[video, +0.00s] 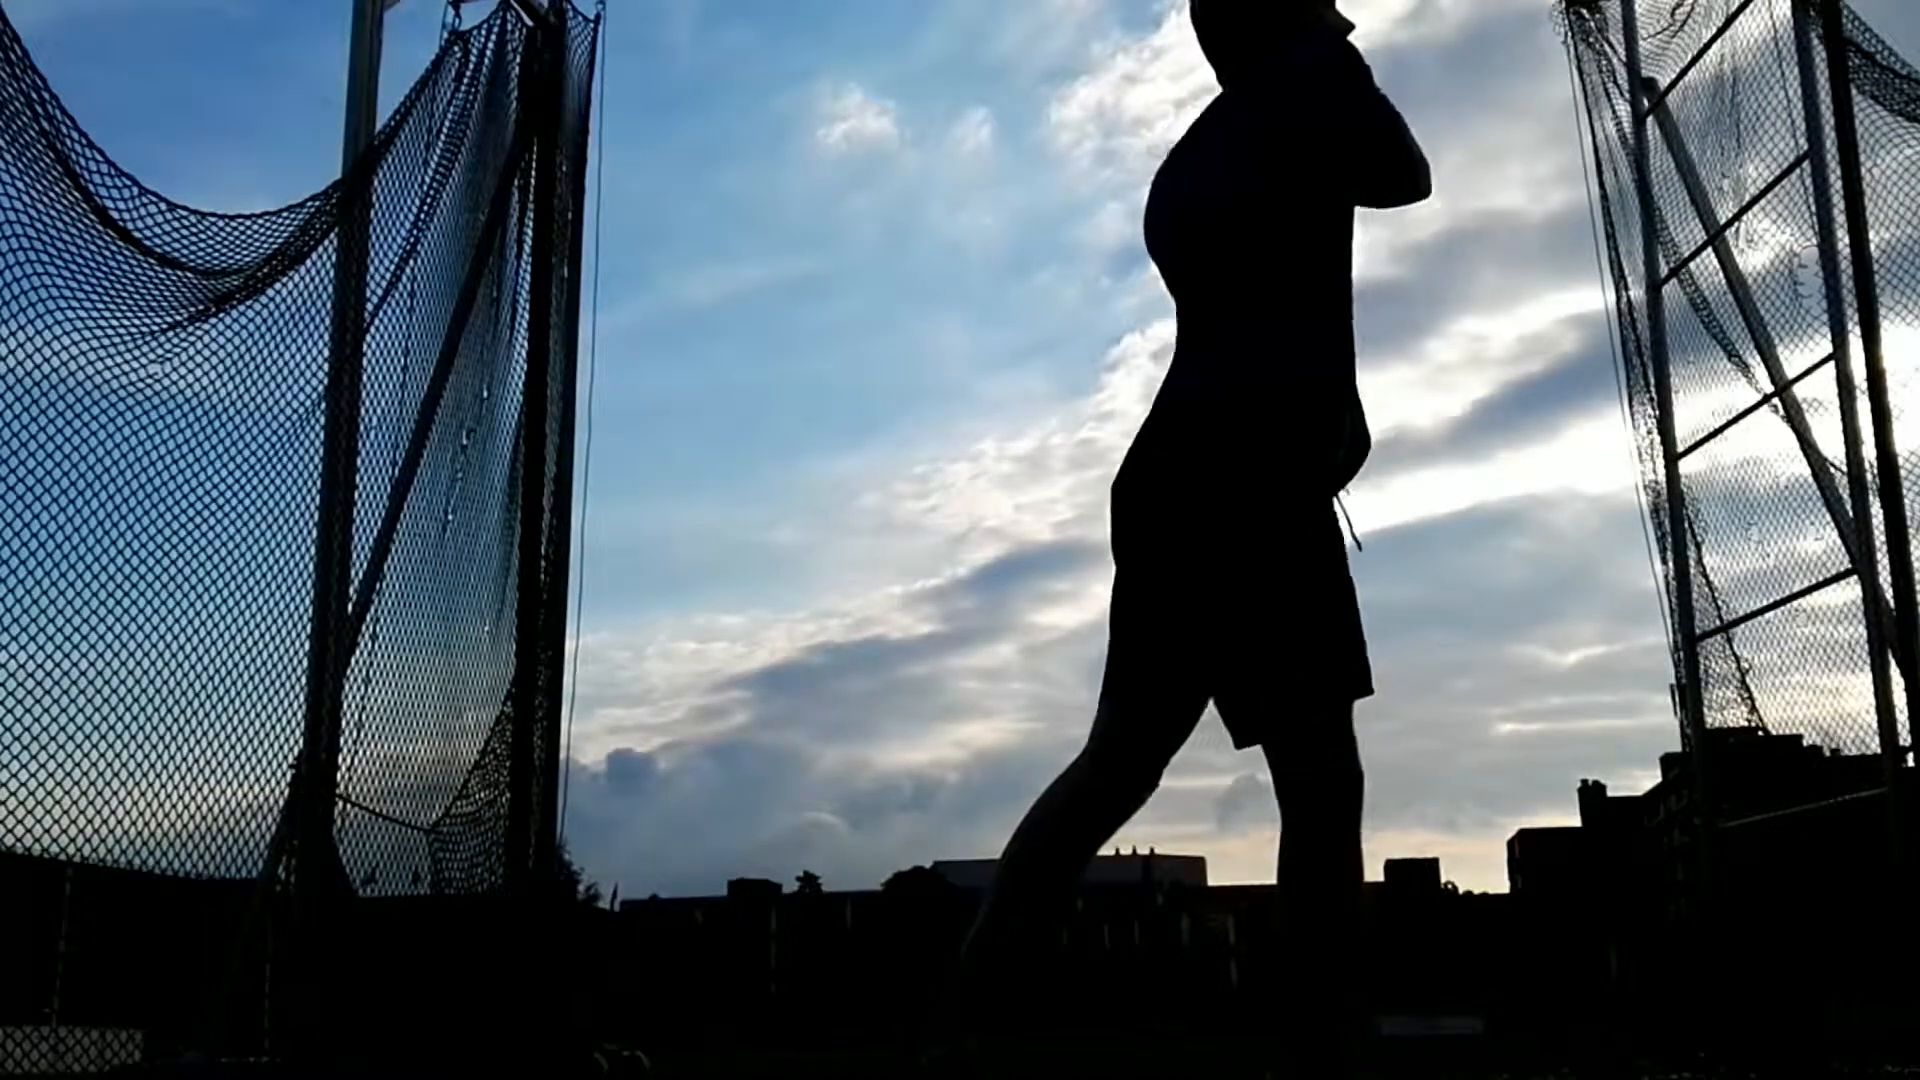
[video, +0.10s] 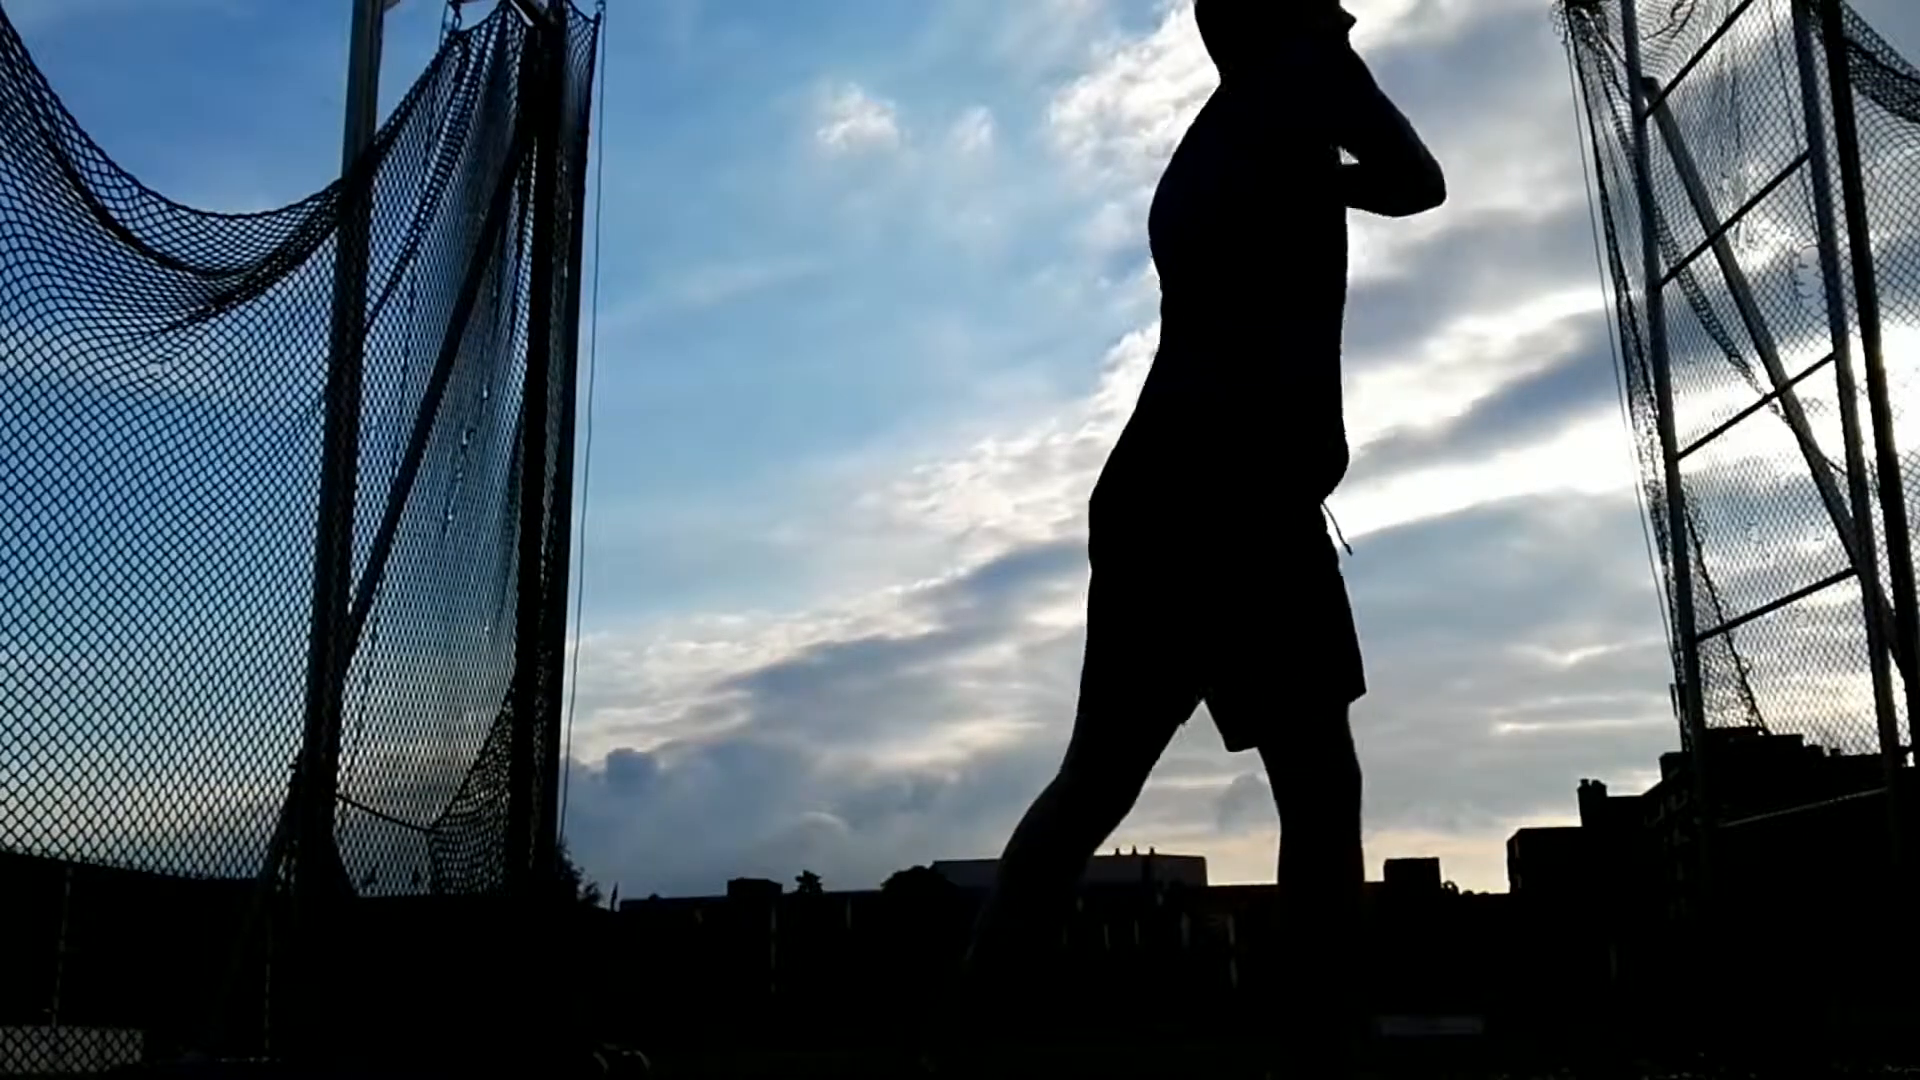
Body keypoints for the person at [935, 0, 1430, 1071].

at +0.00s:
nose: (1324, 39)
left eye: (1305, 25)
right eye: (1307, 23)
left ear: (1219, 36)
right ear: (1283, 33)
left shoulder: (1185, 164)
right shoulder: (1292, 122)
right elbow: (1399, 174)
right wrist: (1331, 53)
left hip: (1178, 487)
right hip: (1261, 491)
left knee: (1121, 760)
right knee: (1321, 781)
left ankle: (979, 989)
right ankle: (1321, 1028)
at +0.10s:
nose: (1326, 51)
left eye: (1319, 34)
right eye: (1313, 34)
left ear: (1225, 39)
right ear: (1280, 42)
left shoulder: (1230, 157)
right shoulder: (1269, 150)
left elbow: (1409, 185)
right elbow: (1417, 177)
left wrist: (1341, 69)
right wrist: (1333, 56)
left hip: (1159, 502)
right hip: (1243, 507)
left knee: (1096, 784)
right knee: (1320, 795)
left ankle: (980, 1016)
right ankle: (1318, 1045)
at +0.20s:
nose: (1341, 46)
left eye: (1335, 31)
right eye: (1328, 31)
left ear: (1236, 38)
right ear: (1290, 39)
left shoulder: (1246, 149)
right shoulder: (1271, 140)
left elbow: (1418, 201)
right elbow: (1428, 198)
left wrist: (1342, 105)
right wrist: (1345, 89)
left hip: (1133, 511)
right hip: (1225, 512)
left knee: (1080, 796)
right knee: (1318, 795)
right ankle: (1323, 1047)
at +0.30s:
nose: (1342, 42)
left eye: (1336, 26)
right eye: (1331, 24)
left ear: (1226, 31)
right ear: (1301, 25)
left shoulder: (1212, 140)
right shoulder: (1300, 99)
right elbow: (1429, 209)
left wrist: (1344, 271)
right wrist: (1347, 268)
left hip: (1110, 515)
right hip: (1221, 515)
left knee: (1067, 801)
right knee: (1320, 793)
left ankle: (992, 1042)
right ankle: (1326, 1044)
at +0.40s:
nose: (1336, 47)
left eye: (1329, 26)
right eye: (1318, 25)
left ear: (1229, 43)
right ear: (1279, 34)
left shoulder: (1202, 181)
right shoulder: (1283, 115)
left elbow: (1251, 387)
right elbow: (1431, 227)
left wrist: (1358, 331)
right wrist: (1470, 237)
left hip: (1088, 526)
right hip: (1205, 528)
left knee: (1051, 816)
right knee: (1325, 793)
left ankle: (1004, 1048)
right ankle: (1328, 1045)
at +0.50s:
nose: (1328, 58)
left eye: (1324, 34)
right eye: (1311, 34)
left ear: (1223, 52)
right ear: (1262, 42)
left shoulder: (1197, 188)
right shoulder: (1265, 131)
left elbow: (1242, 414)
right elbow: (1419, 239)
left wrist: (1369, 359)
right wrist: (1523, 259)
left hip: (1074, 535)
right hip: (1191, 538)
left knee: (1035, 827)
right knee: (1331, 792)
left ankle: (1005, 1060)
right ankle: (1327, 1047)